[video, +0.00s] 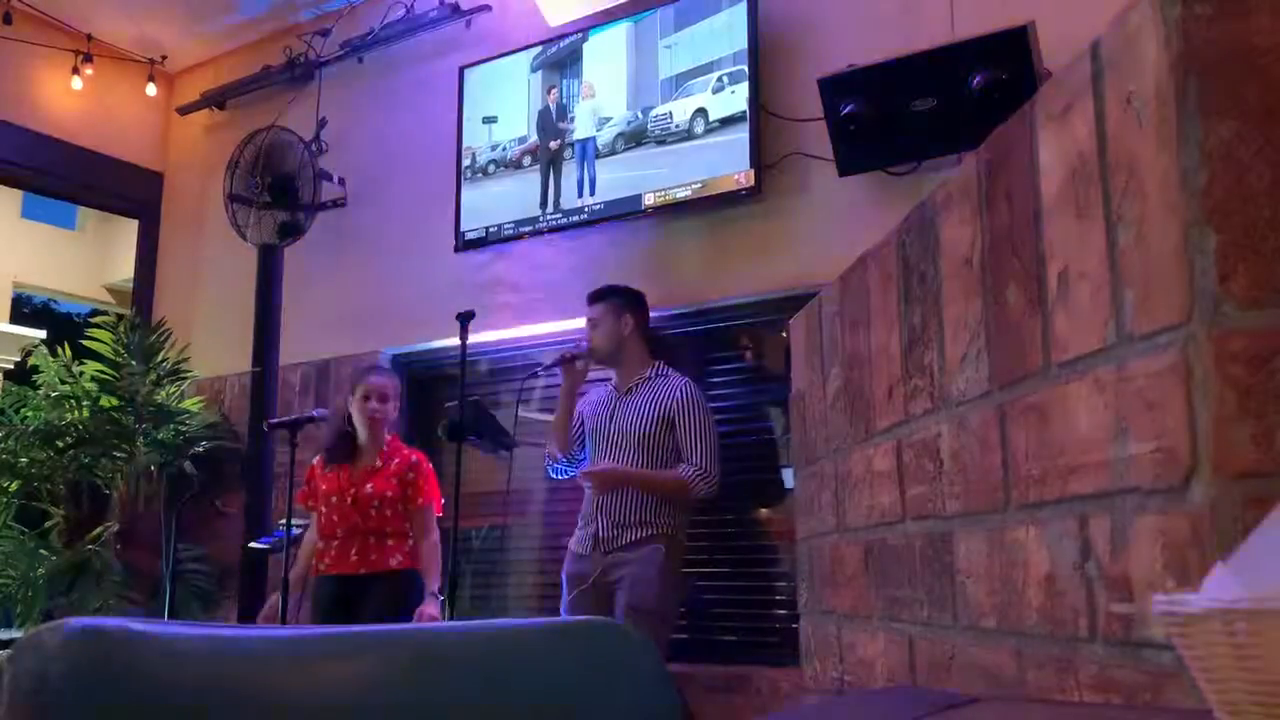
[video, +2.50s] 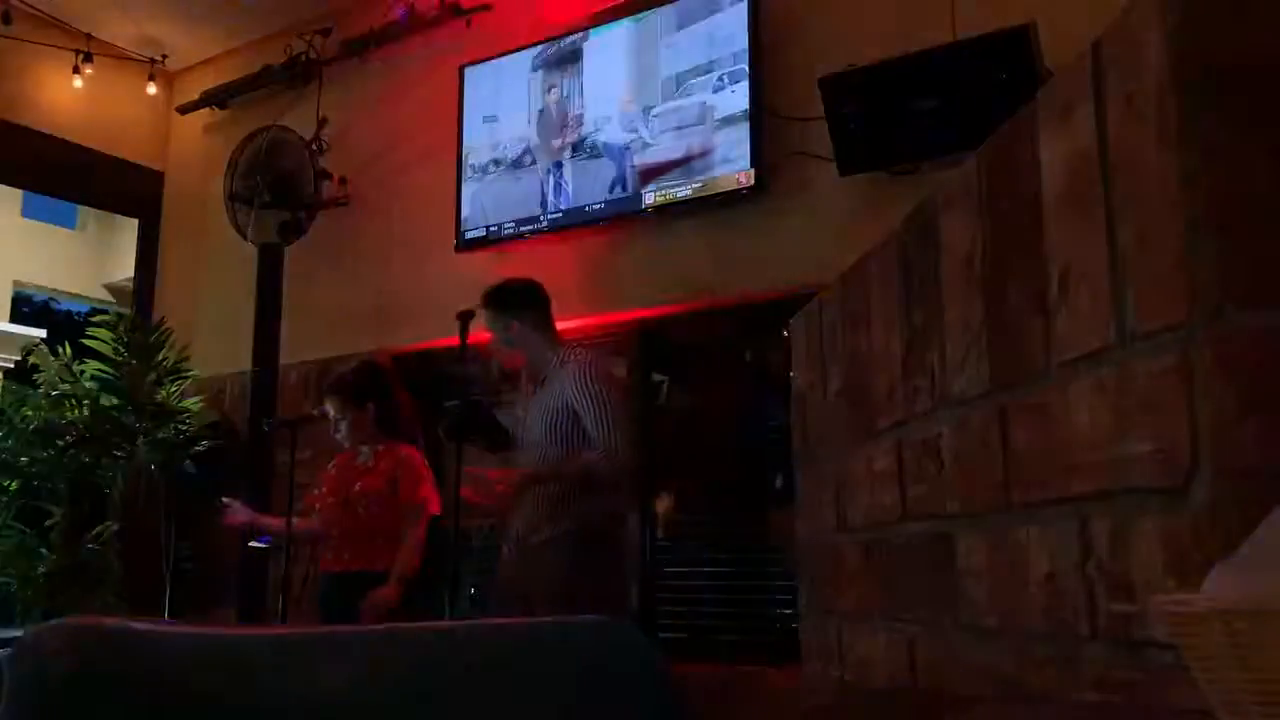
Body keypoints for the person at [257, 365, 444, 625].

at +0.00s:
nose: (374, 407)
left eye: (383, 399)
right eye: (365, 398)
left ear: (396, 407)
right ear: (350, 404)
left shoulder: (412, 464)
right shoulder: (324, 465)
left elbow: (428, 536)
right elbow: (315, 534)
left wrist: (431, 596)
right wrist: (285, 593)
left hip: (392, 586)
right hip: (333, 586)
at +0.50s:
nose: (345, 403)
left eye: (358, 396)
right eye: (345, 395)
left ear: (386, 407)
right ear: (340, 398)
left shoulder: (405, 461)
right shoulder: (333, 465)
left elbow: (423, 528)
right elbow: (329, 542)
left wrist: (429, 593)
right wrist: (311, 599)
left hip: (388, 583)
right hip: (338, 585)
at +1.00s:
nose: (380, 404)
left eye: (389, 396)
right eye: (371, 396)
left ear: (399, 405)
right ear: (353, 403)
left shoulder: (412, 461)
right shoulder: (332, 467)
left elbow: (422, 535)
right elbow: (327, 536)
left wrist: (409, 601)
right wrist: (305, 594)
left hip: (387, 582)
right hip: (336, 583)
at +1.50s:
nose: (363, 426)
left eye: (373, 415)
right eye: (356, 416)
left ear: (395, 412)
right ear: (349, 417)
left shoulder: (420, 464)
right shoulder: (336, 465)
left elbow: (426, 528)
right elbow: (327, 534)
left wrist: (408, 581)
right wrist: (303, 590)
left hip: (392, 582)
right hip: (339, 579)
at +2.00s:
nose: (338, 434)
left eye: (346, 423)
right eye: (334, 426)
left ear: (373, 412)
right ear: (330, 423)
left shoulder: (408, 461)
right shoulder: (348, 465)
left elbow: (428, 536)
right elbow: (328, 532)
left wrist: (439, 600)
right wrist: (263, 543)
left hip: (388, 581)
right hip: (341, 580)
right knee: (335, 676)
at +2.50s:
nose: (333, 429)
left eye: (338, 419)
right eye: (330, 419)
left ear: (368, 412)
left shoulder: (405, 460)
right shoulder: (341, 465)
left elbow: (417, 528)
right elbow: (319, 525)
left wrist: (394, 587)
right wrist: (255, 521)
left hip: (382, 579)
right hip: (338, 579)